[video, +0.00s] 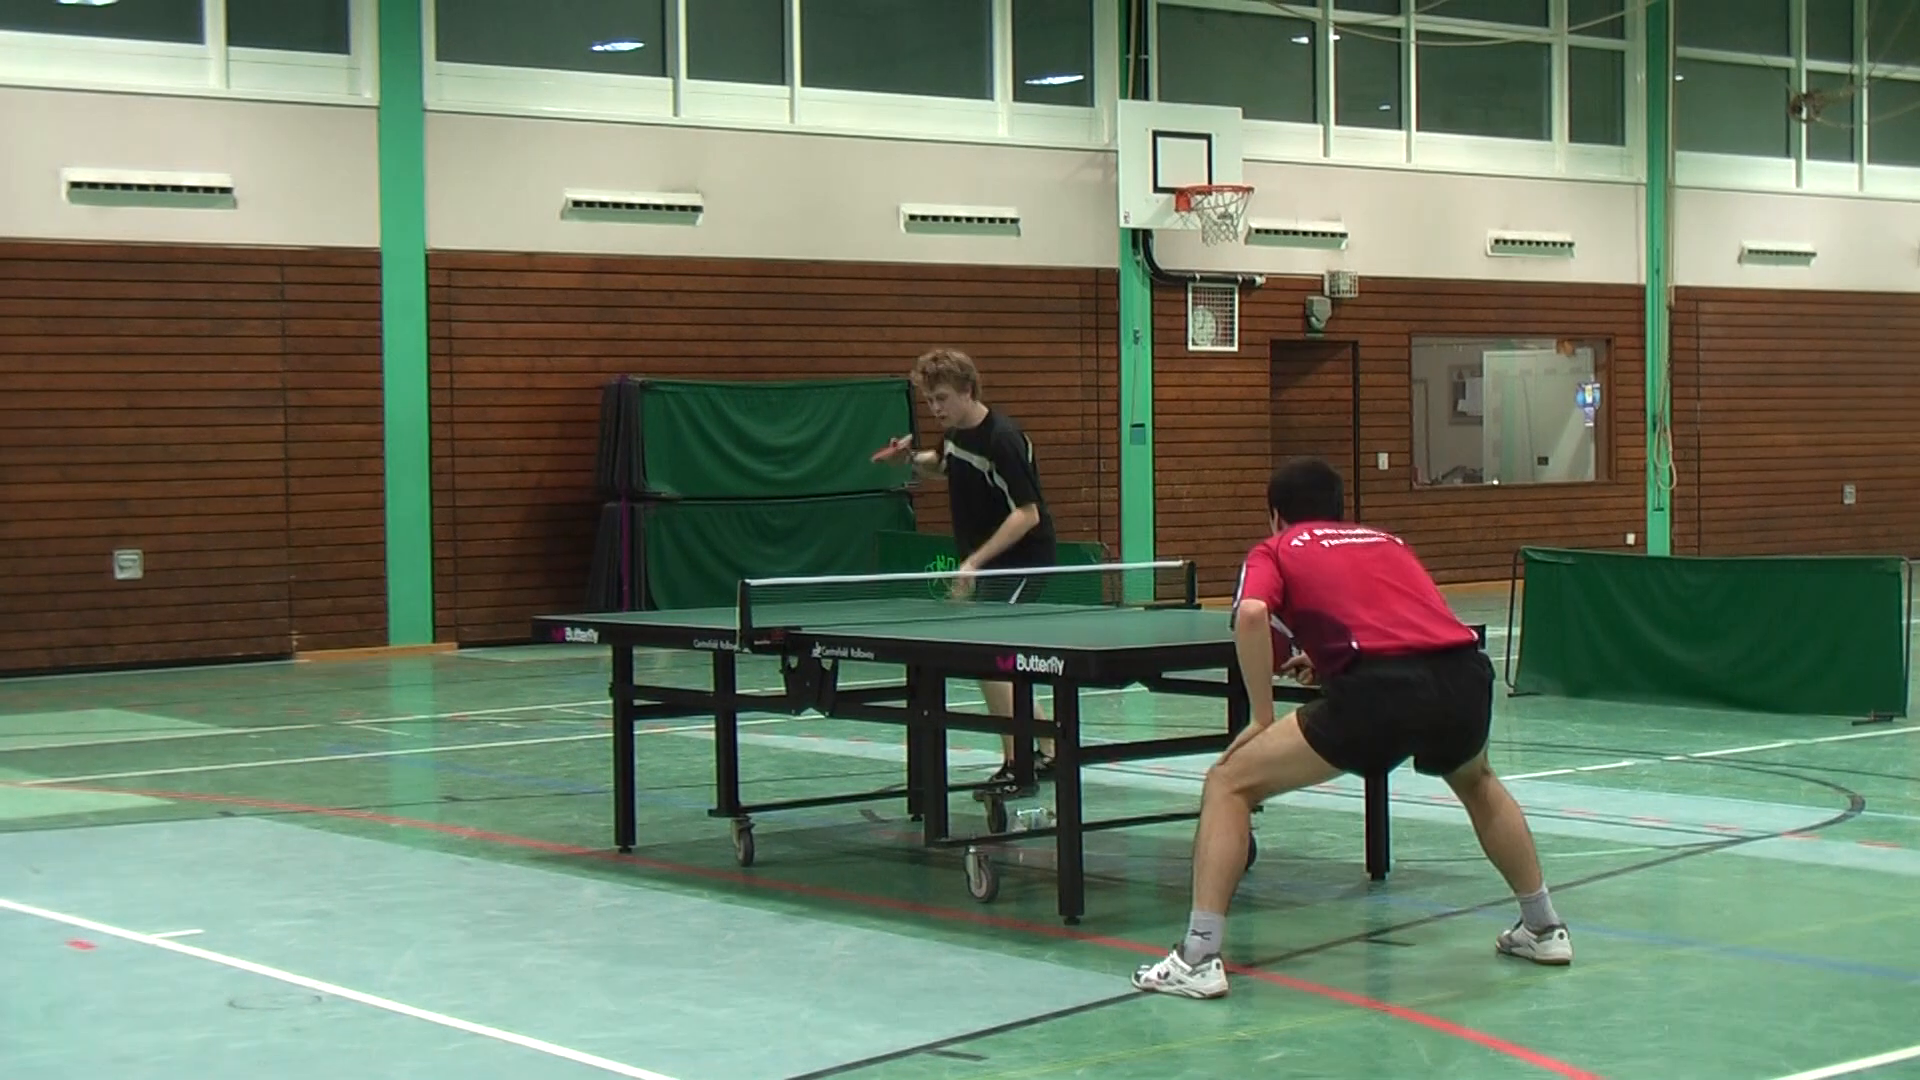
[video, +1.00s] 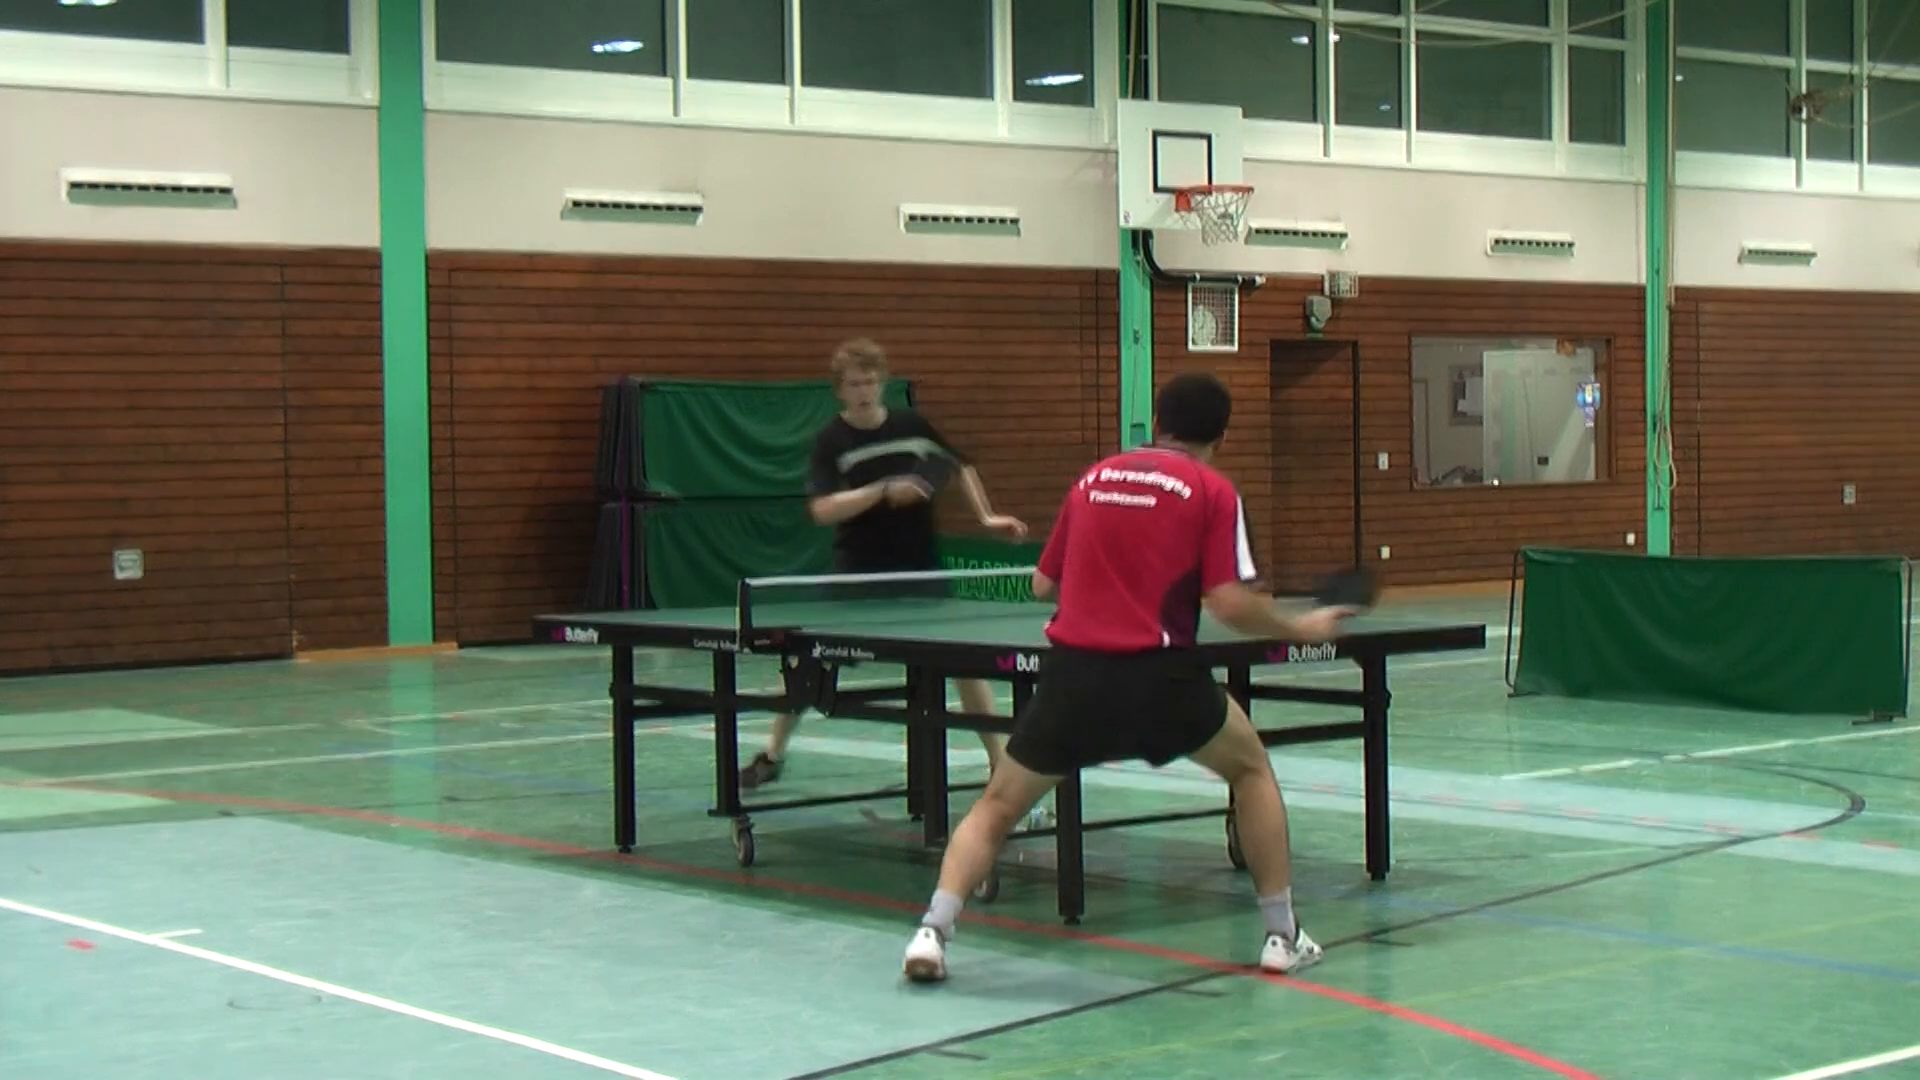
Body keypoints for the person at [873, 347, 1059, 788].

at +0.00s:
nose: (933, 409)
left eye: (940, 399)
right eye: (928, 401)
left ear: (967, 392)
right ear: (928, 399)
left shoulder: (1003, 438)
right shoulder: (955, 432)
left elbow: (1028, 513)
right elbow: (945, 466)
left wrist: (972, 563)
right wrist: (913, 458)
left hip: (1021, 564)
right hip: (988, 563)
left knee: (982, 652)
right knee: (997, 657)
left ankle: (1016, 758)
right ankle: (1047, 744)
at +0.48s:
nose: (903, 410)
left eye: (908, 401)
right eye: (900, 402)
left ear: (938, 393)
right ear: (919, 398)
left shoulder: (989, 427)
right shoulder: (925, 430)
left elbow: (1046, 480)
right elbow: (915, 470)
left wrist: (1014, 520)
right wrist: (867, 484)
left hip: (1012, 561)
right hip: (968, 559)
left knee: (996, 657)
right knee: (985, 660)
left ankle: (1005, 761)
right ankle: (1006, 757)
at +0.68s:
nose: (903, 407)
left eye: (911, 397)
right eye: (897, 397)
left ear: (936, 390)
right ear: (894, 393)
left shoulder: (982, 422)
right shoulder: (896, 438)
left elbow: (1038, 463)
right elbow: (881, 499)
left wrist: (1035, 479)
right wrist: (877, 507)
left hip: (996, 566)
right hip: (938, 567)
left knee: (999, 667)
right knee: (928, 666)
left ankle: (1006, 759)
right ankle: (952, 758)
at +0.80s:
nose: (909, 395)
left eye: (916, 385)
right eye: (899, 387)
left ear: (933, 380)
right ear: (888, 386)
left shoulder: (969, 420)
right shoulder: (884, 433)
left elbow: (1015, 469)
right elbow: (886, 505)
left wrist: (1026, 470)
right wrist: (910, 461)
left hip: (972, 571)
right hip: (911, 575)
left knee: (995, 664)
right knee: (900, 667)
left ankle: (1004, 767)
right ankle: (918, 760)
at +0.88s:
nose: (894, 392)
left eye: (901, 383)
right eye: (885, 384)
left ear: (917, 382)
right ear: (874, 385)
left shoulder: (946, 416)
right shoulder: (867, 435)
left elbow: (1002, 461)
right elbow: (869, 505)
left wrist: (1017, 485)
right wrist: (911, 462)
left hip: (953, 569)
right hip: (890, 572)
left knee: (987, 665)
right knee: (861, 651)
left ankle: (1002, 763)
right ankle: (866, 735)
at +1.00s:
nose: (863, 391)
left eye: (870, 382)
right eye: (854, 384)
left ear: (883, 382)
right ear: (839, 389)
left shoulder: (914, 426)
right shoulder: (830, 440)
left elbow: (960, 467)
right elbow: (822, 509)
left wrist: (987, 516)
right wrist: (882, 489)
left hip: (920, 575)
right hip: (854, 578)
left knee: (966, 659)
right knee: (807, 659)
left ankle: (1001, 766)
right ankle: (771, 754)